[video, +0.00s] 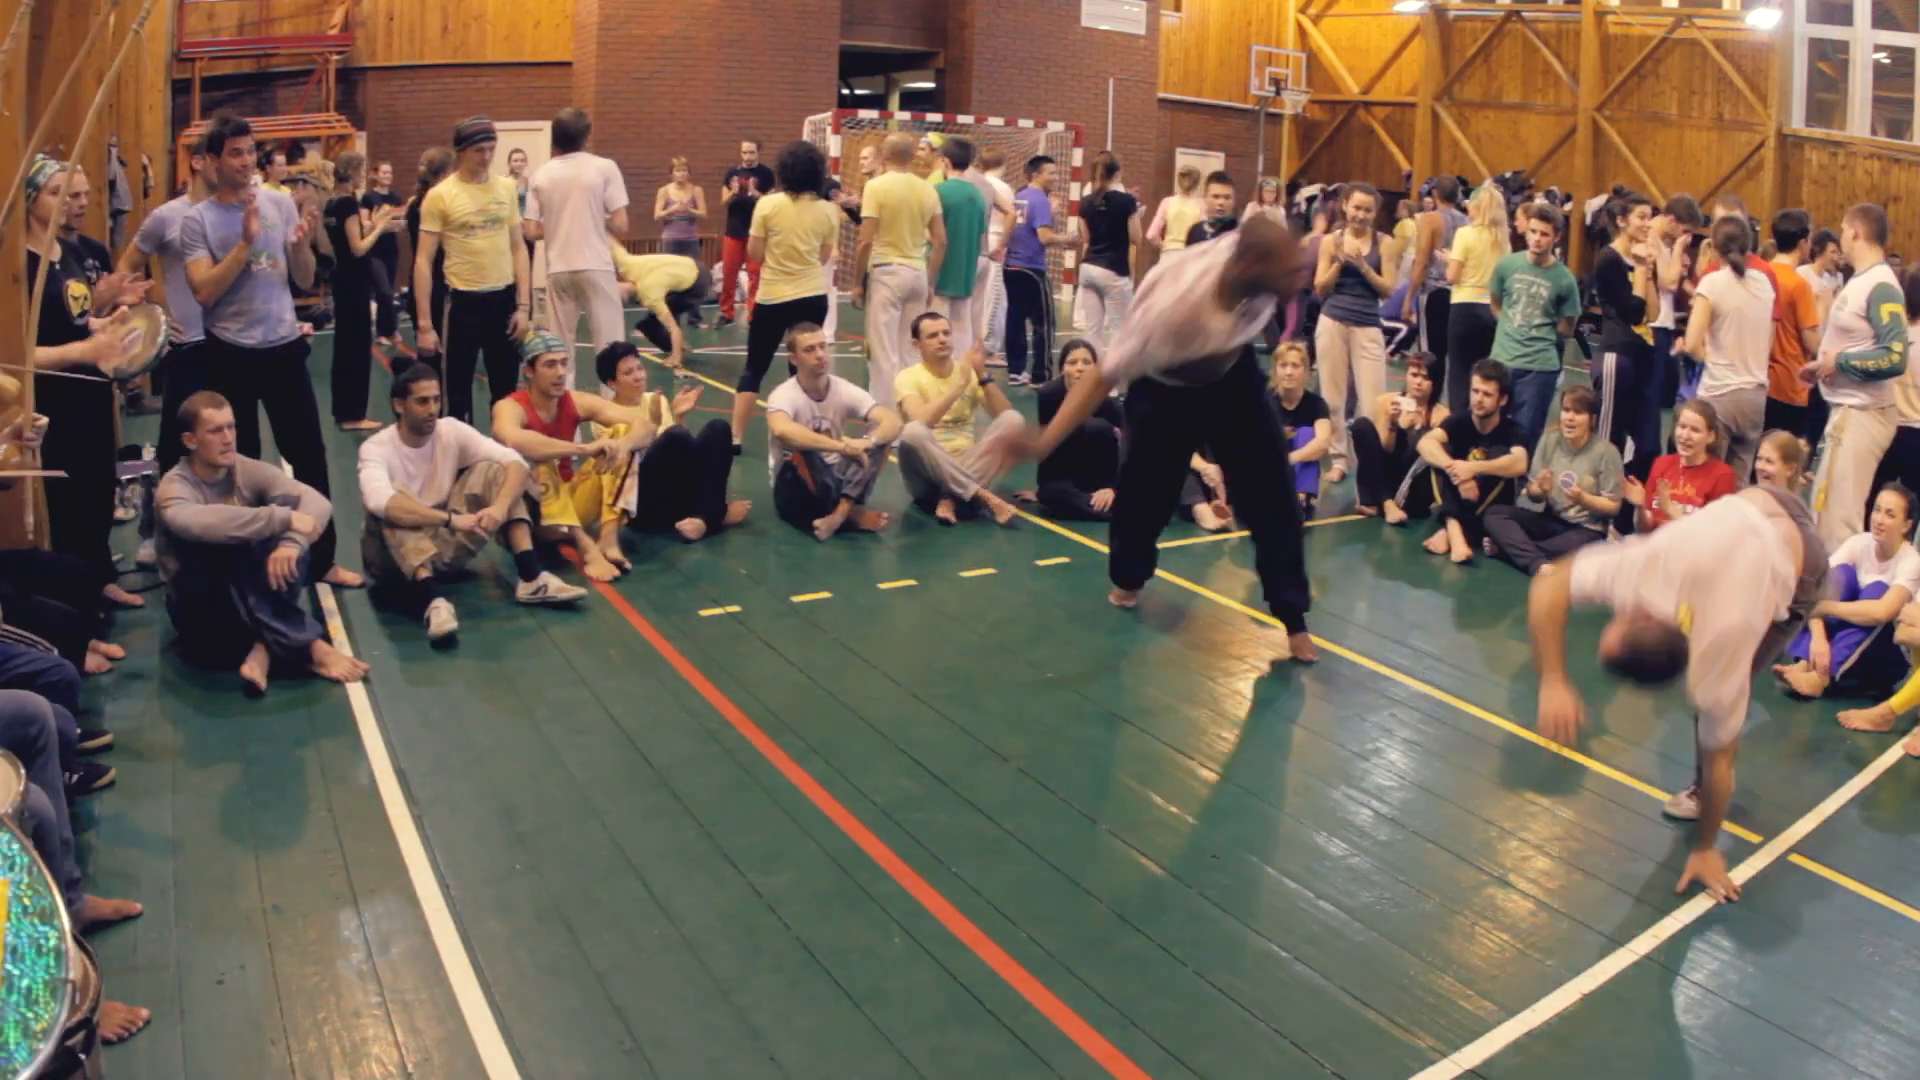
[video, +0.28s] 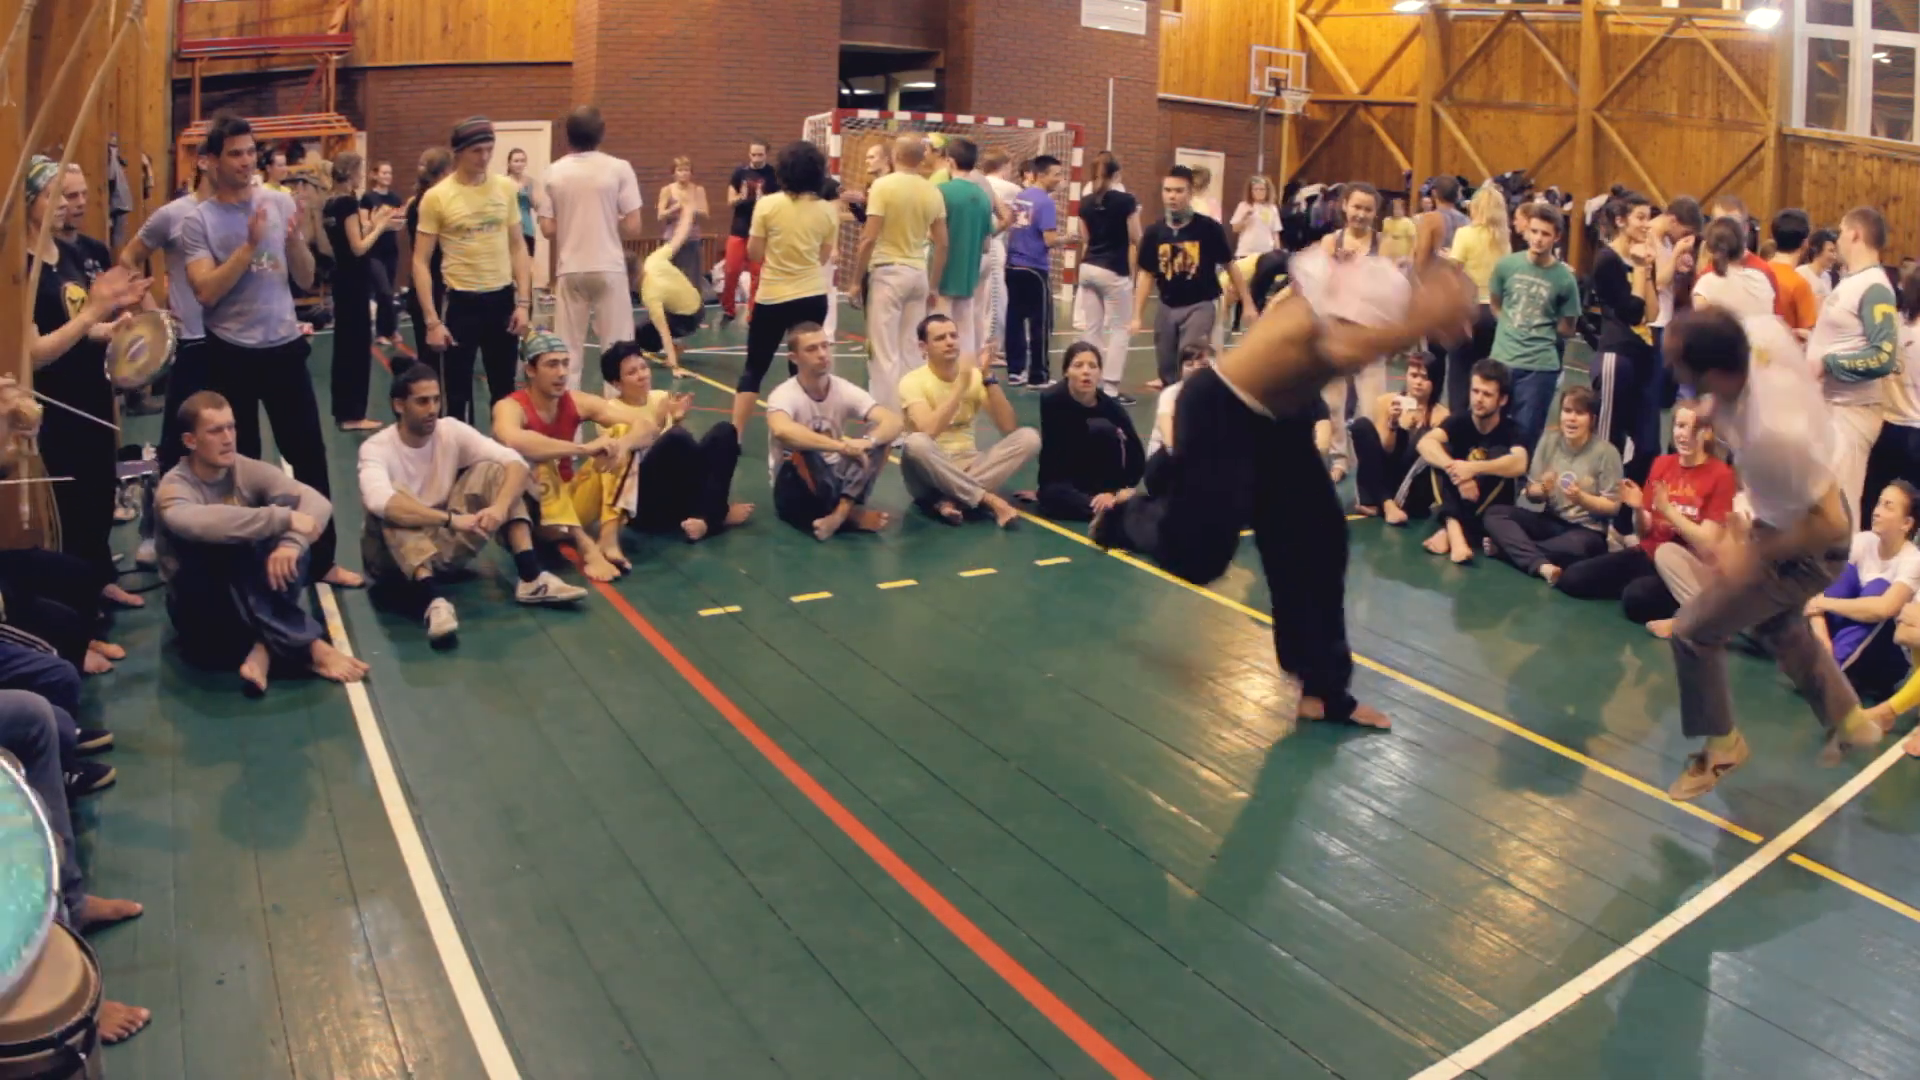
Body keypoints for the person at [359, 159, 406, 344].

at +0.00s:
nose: (388, 176)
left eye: (390, 173)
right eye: (384, 172)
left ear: (392, 176)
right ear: (375, 175)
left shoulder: (395, 198)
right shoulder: (368, 198)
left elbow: (402, 219)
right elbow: (365, 224)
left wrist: (386, 218)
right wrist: (388, 221)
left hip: (391, 246)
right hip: (374, 246)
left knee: (386, 291)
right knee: (384, 290)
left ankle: (382, 332)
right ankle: (391, 330)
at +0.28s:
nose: (388, 176)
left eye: (390, 173)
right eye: (384, 173)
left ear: (392, 176)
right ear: (375, 175)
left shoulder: (395, 198)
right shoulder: (367, 198)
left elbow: (401, 221)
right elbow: (365, 225)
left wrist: (385, 219)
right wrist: (387, 220)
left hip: (391, 248)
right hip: (374, 248)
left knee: (386, 292)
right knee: (384, 291)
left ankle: (382, 332)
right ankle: (391, 329)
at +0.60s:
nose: (388, 177)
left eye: (390, 174)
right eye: (384, 173)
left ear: (392, 177)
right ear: (374, 175)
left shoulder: (395, 198)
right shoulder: (366, 198)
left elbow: (400, 222)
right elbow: (364, 224)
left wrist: (383, 224)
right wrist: (383, 219)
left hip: (391, 245)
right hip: (373, 245)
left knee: (386, 291)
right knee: (384, 290)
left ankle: (382, 332)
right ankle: (392, 329)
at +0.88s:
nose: (389, 177)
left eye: (390, 174)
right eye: (385, 174)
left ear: (392, 177)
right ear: (375, 175)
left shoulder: (395, 198)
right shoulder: (367, 198)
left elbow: (400, 222)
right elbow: (364, 224)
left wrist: (395, 218)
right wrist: (384, 220)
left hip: (391, 246)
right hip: (374, 246)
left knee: (386, 291)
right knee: (384, 290)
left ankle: (383, 331)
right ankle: (390, 329)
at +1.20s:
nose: (389, 177)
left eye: (391, 174)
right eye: (385, 173)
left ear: (393, 177)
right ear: (375, 175)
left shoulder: (396, 198)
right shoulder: (368, 198)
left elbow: (401, 222)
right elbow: (364, 224)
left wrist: (393, 218)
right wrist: (384, 221)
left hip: (392, 248)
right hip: (374, 248)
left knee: (386, 292)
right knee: (384, 291)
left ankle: (383, 331)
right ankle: (390, 329)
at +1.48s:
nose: (389, 177)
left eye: (391, 174)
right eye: (385, 173)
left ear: (393, 177)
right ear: (376, 175)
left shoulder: (395, 198)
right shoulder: (368, 198)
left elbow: (402, 219)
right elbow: (364, 224)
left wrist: (393, 218)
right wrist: (384, 220)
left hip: (392, 247)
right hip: (374, 247)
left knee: (387, 291)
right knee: (384, 290)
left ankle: (384, 330)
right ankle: (389, 329)